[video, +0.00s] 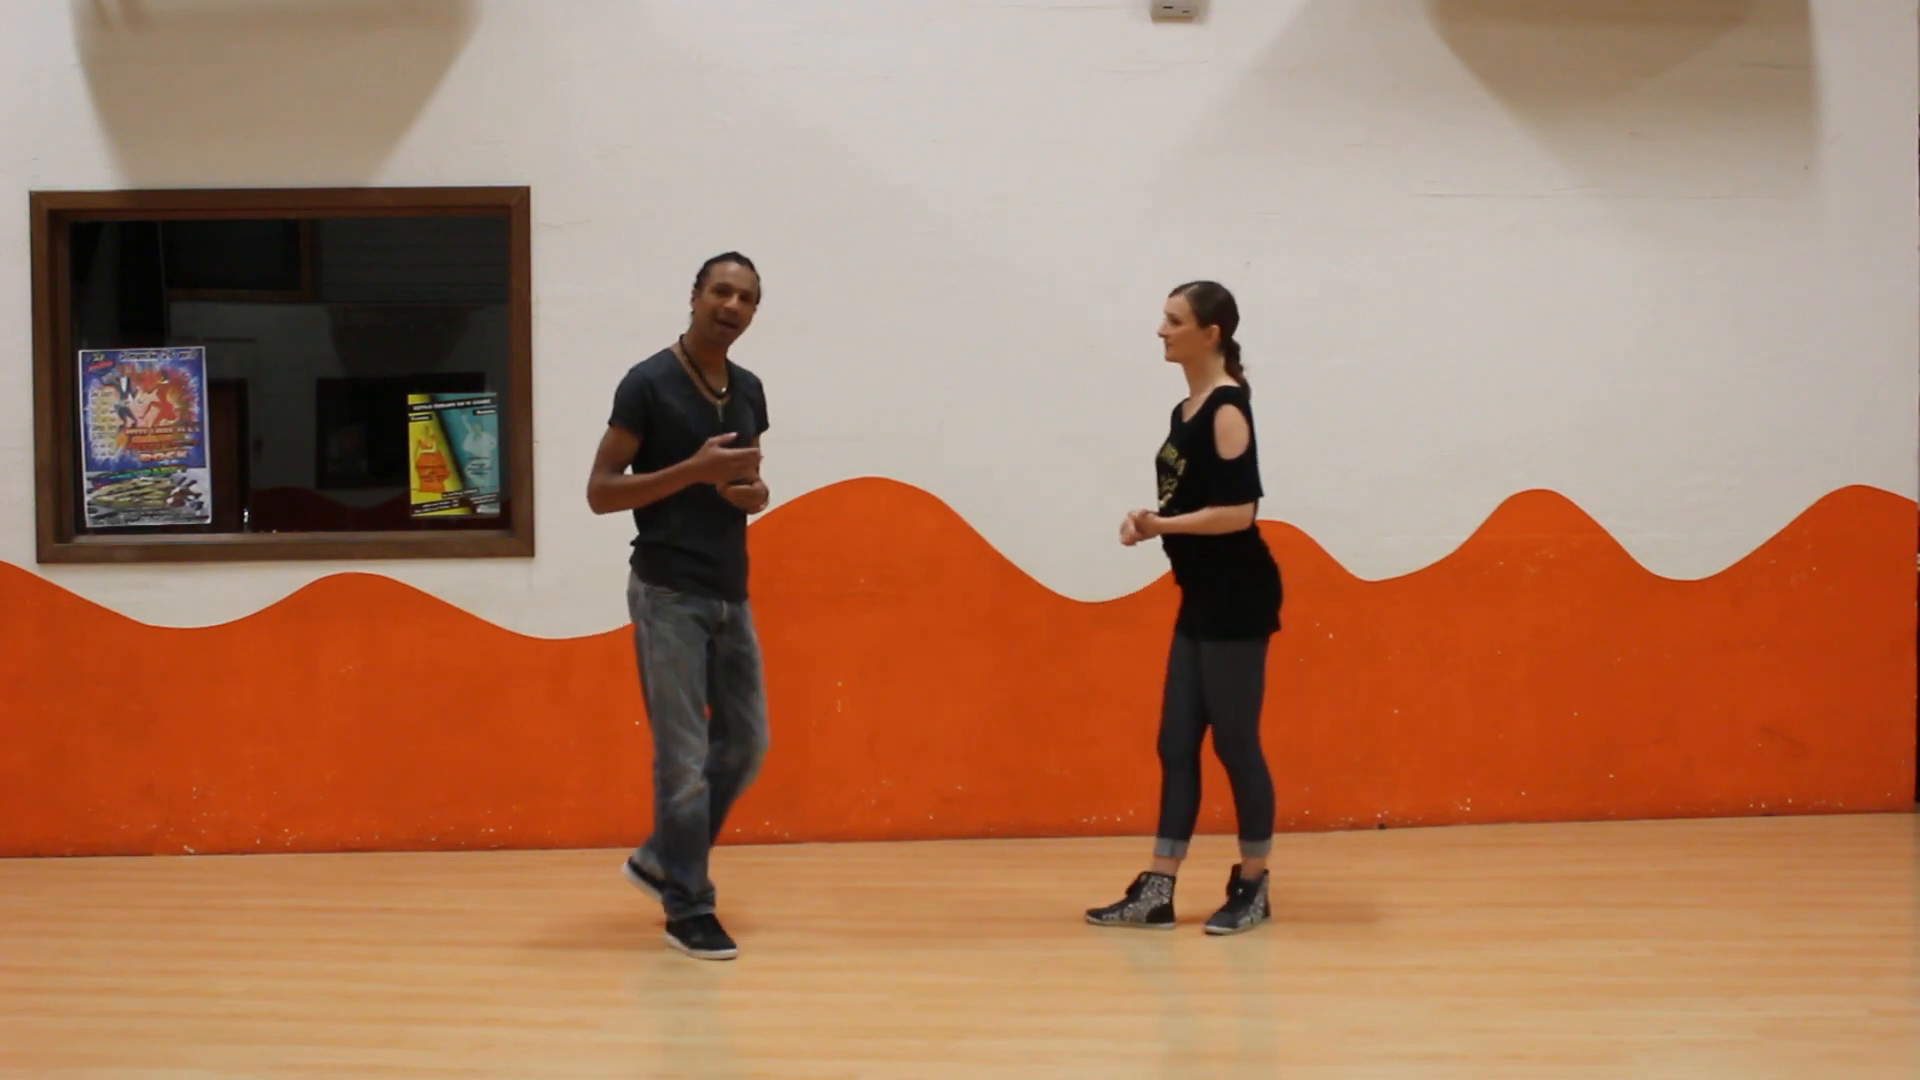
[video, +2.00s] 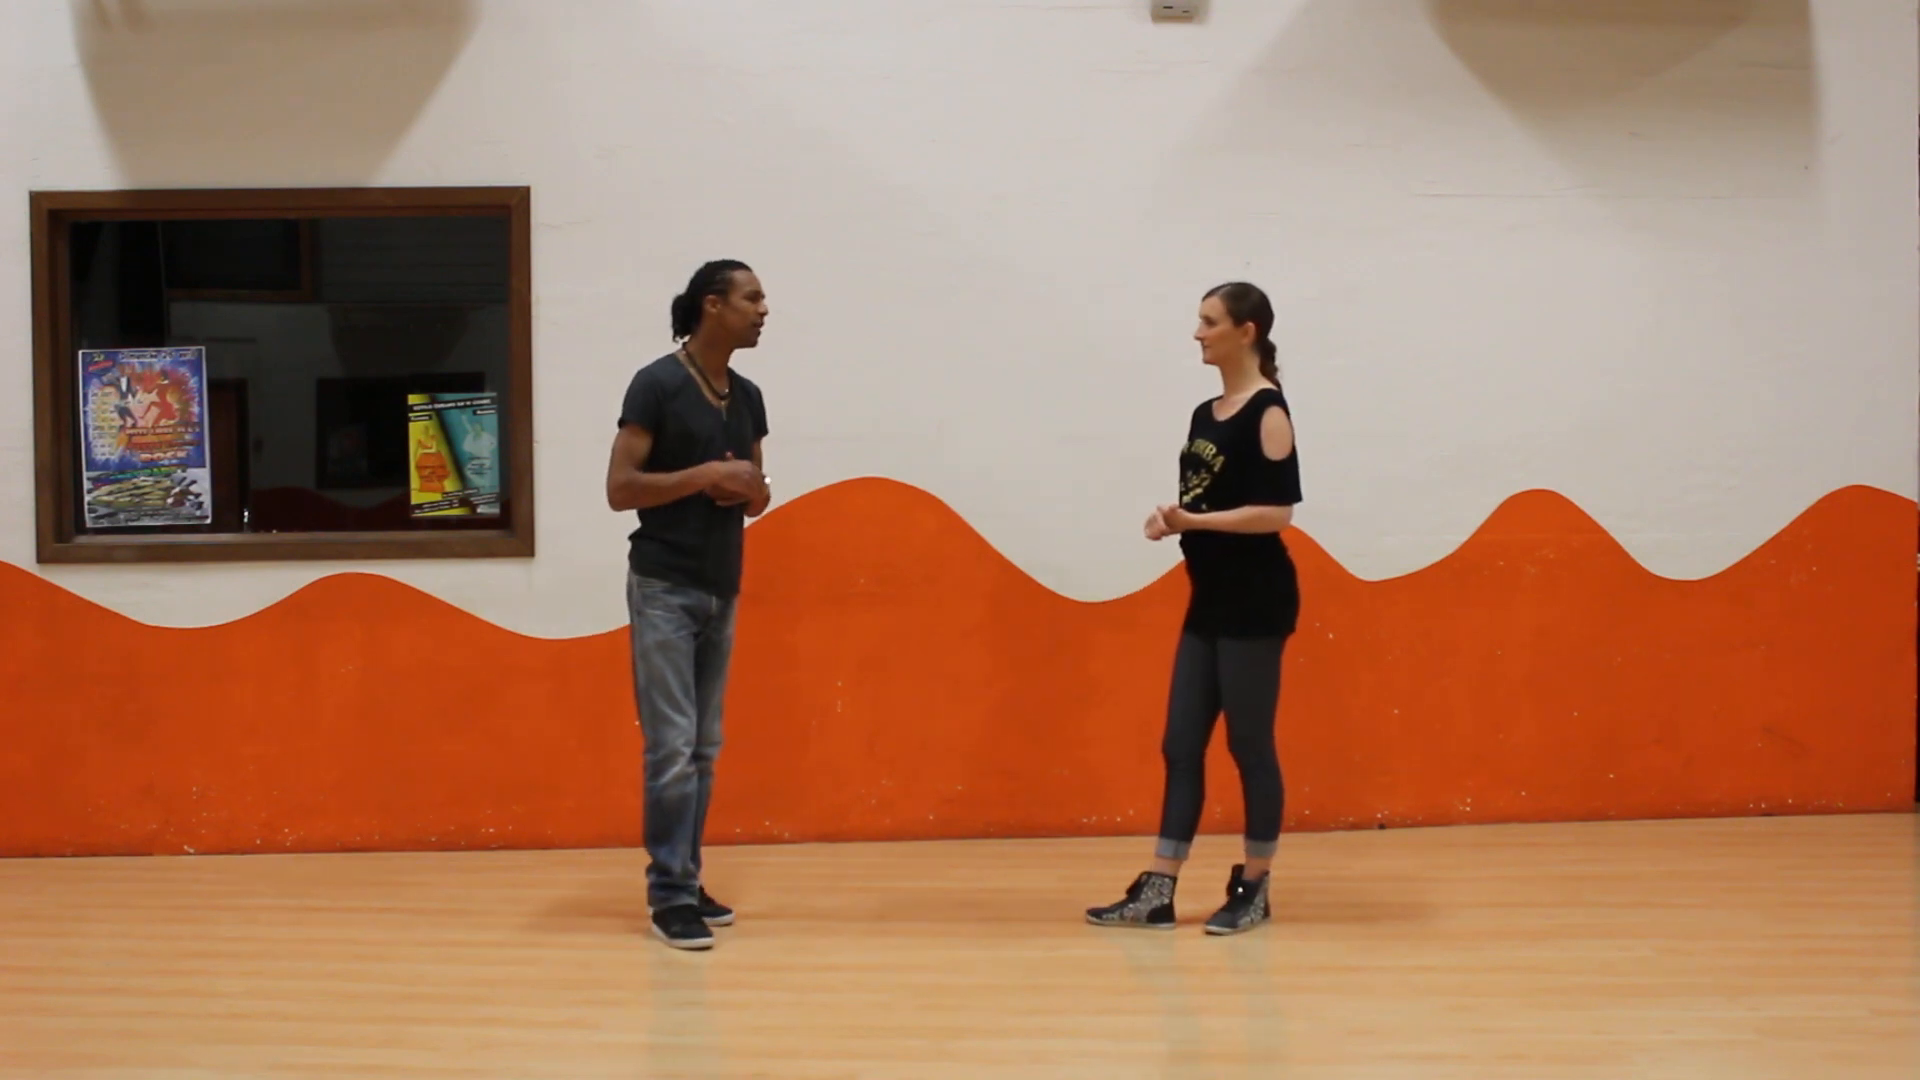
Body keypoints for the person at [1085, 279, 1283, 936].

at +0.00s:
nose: (1161, 331)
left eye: (1173, 323)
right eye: (1163, 321)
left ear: (1212, 332)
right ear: (1198, 332)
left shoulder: (1227, 408)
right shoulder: (1187, 408)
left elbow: (1241, 512)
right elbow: (1197, 502)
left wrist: (1159, 524)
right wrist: (1155, 521)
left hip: (1238, 602)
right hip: (1199, 599)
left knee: (1238, 745)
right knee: (1177, 745)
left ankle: (1252, 888)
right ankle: (1158, 888)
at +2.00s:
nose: (1197, 333)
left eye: (1210, 323)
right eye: (1200, 322)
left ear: (1249, 331)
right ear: (1234, 332)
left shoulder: (1270, 413)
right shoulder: (1206, 412)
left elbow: (1277, 513)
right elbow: (1210, 502)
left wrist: (1195, 520)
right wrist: (1174, 516)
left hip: (1256, 602)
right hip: (1209, 597)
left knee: (1252, 745)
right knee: (1181, 745)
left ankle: (1253, 889)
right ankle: (1158, 890)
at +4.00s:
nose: (1201, 335)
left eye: (1213, 325)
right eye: (1202, 324)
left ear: (1252, 332)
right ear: (1234, 333)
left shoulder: (1274, 414)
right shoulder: (1209, 413)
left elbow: (1281, 513)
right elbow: (1212, 501)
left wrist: (1196, 520)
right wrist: (1177, 514)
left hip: (1257, 604)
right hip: (1209, 599)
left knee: (1251, 745)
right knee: (1182, 745)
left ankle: (1252, 890)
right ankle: (1158, 890)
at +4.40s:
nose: (1197, 334)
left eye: (1209, 324)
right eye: (1199, 323)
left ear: (1248, 332)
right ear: (1233, 332)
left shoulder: (1269, 413)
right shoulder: (1208, 412)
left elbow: (1277, 513)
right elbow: (1212, 501)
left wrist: (1194, 520)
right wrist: (1175, 515)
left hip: (1255, 603)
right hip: (1209, 599)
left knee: (1251, 745)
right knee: (1182, 745)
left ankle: (1252, 890)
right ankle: (1158, 890)